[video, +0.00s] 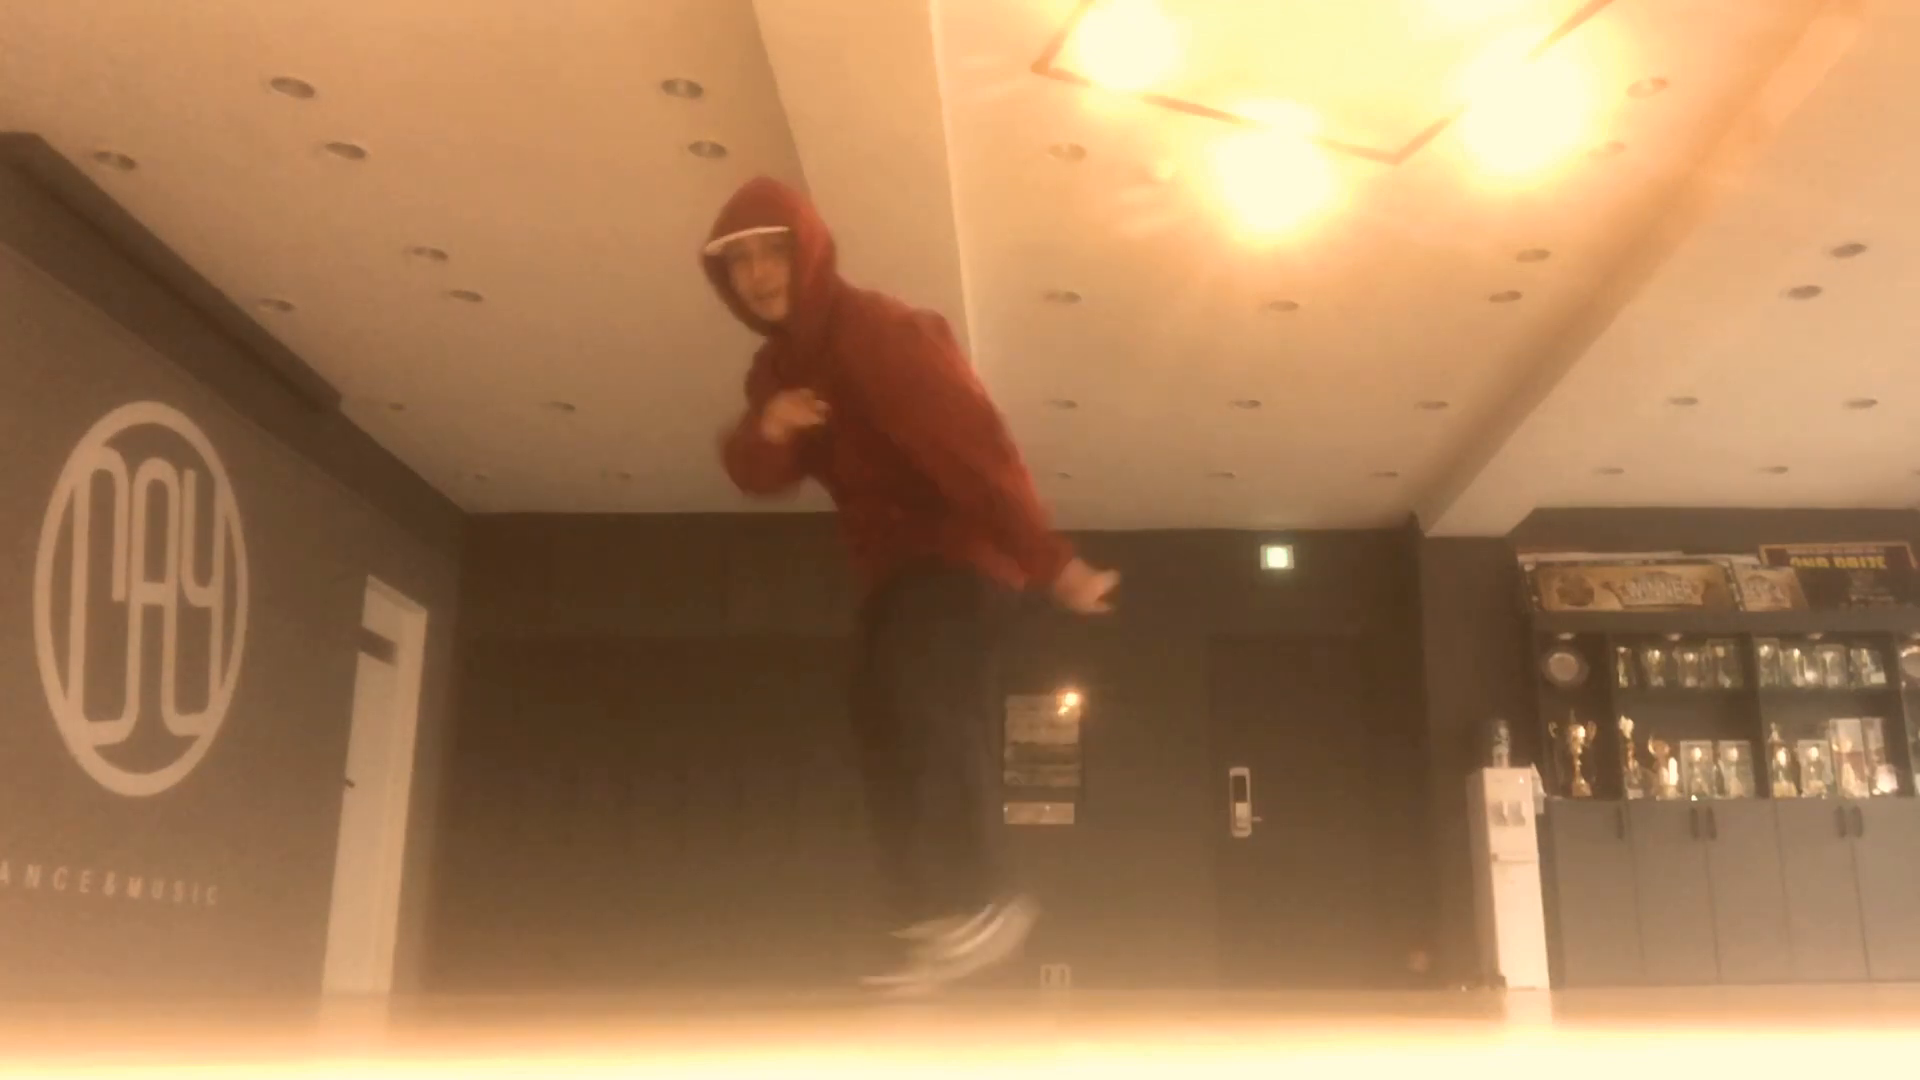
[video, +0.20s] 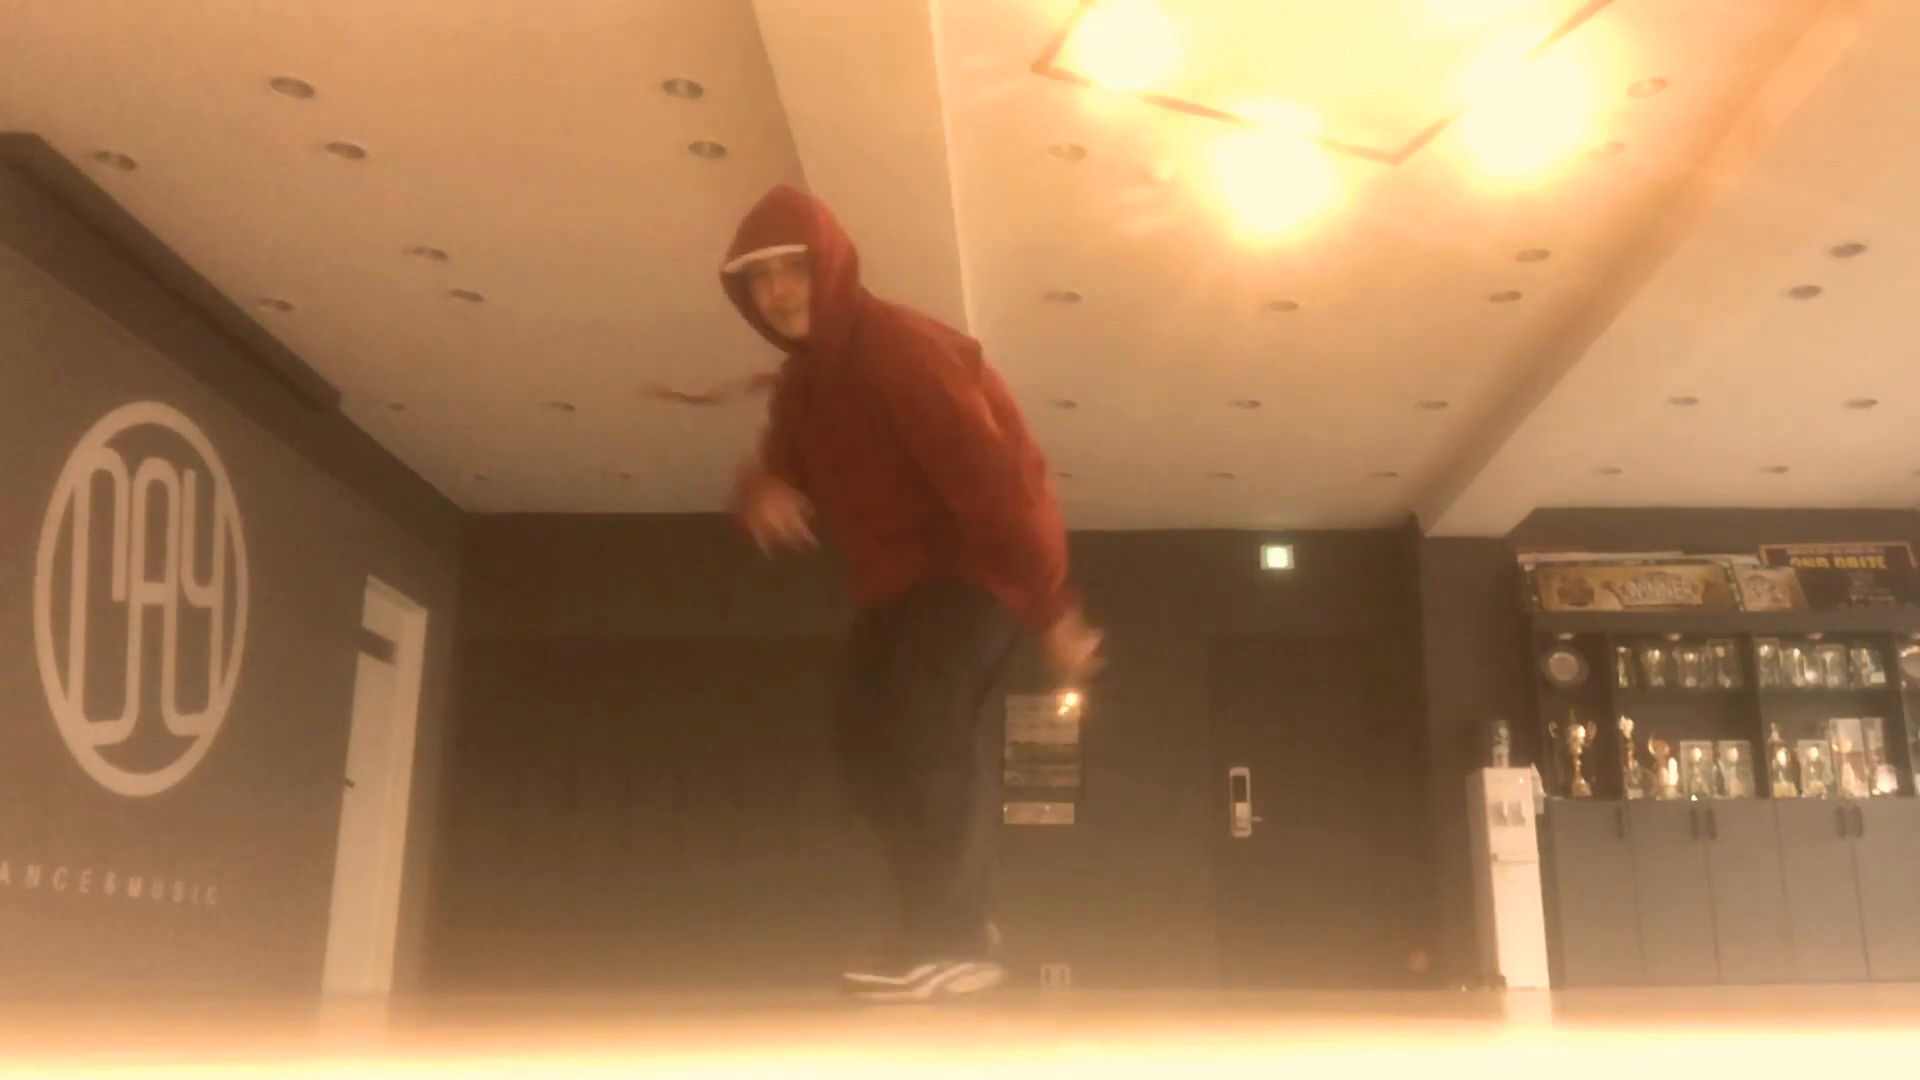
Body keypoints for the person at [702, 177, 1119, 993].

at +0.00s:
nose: (756, 276)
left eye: (770, 253)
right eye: (737, 262)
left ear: (809, 252)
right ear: (726, 281)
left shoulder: (881, 333)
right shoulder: (777, 366)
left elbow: (971, 448)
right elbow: (752, 474)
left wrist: (1053, 562)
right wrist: (768, 431)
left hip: (966, 551)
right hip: (899, 561)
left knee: (919, 693)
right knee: (881, 707)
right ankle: (925, 913)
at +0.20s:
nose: (774, 295)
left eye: (791, 272)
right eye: (756, 281)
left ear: (831, 268)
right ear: (745, 293)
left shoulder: (904, 347)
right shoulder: (806, 376)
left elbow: (990, 476)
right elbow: (777, 465)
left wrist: (1053, 608)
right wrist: (767, 490)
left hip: (980, 567)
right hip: (901, 574)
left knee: (922, 722)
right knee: (869, 727)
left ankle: (956, 941)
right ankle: (943, 929)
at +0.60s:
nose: (842, 280)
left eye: (859, 259)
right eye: (824, 266)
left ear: (897, 261)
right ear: (809, 280)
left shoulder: (958, 347)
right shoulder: (847, 372)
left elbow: (1056, 473)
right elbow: (766, 444)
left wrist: (1130, 602)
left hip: (1011, 568)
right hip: (949, 573)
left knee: (906, 707)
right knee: (946, 750)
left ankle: (953, 920)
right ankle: (1042, 898)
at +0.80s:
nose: (849, 292)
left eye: (866, 270)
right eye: (832, 276)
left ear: (905, 272)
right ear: (819, 289)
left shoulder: (968, 357)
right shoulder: (861, 377)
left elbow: (1060, 489)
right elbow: (815, 455)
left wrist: (1134, 617)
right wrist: (738, 472)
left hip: (1025, 582)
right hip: (958, 585)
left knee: (955, 747)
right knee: (925, 751)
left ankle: (928, 939)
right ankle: (1051, 916)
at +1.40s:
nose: (896, 281)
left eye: (912, 259)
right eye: (878, 266)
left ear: (951, 257)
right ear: (865, 279)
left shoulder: (1024, 347)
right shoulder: (896, 362)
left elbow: (1095, 484)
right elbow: (848, 426)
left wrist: (1135, 620)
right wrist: (785, 429)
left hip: (1048, 581)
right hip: (972, 586)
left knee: (1011, 750)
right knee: (973, 753)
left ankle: (1018, 937)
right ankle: (1068, 921)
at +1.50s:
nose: (906, 276)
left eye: (922, 252)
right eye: (888, 261)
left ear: (964, 251)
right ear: (876, 274)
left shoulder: (1040, 346)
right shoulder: (909, 363)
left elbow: (1094, 497)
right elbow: (876, 472)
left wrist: (1087, 634)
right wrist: (831, 543)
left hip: (1059, 586)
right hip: (977, 584)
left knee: (1028, 763)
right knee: (953, 755)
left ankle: (1079, 939)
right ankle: (1028, 880)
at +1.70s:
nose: (907, 270)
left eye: (924, 248)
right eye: (888, 253)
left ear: (962, 252)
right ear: (872, 271)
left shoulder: (1036, 335)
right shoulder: (905, 378)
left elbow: (1114, 456)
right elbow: (929, 494)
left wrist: (1014, 528)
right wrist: (942, 558)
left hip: (1085, 578)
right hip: (980, 585)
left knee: (1030, 744)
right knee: (911, 704)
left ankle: (1071, 944)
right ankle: (959, 871)